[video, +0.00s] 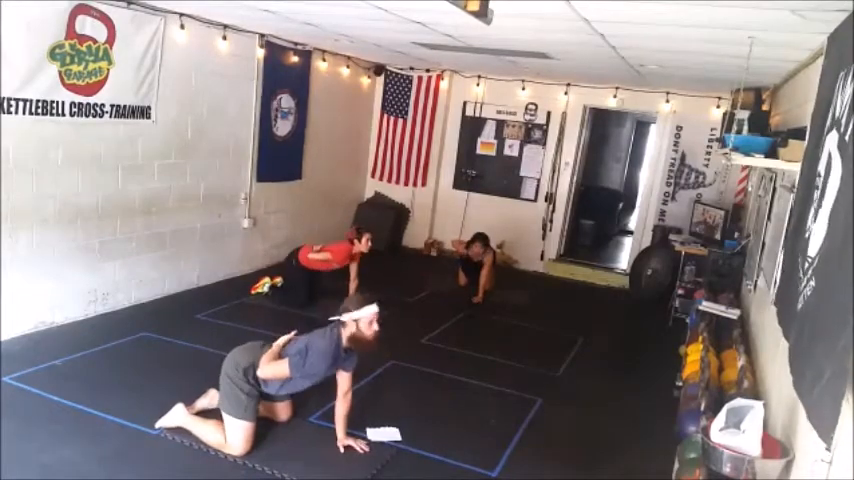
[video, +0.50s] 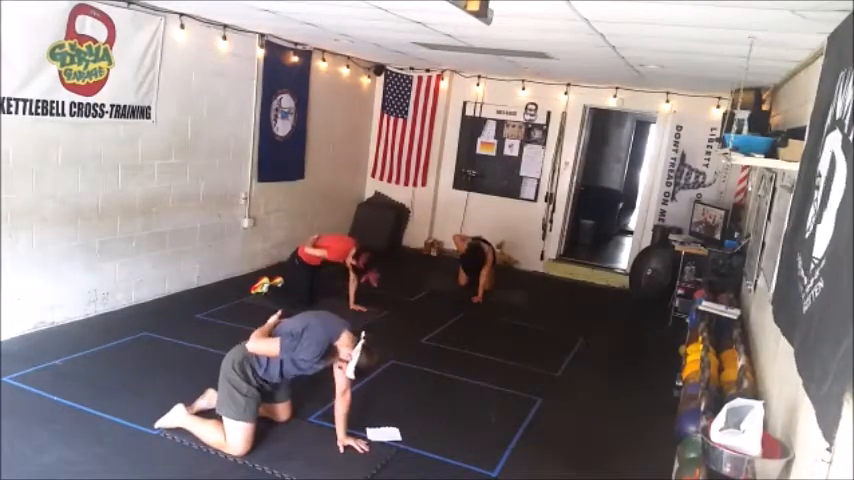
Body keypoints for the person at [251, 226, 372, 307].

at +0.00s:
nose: (370, 244)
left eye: (371, 241)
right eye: (367, 240)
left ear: (363, 242)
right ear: (357, 240)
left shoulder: (355, 254)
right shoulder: (344, 253)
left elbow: (354, 279)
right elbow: (312, 257)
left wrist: (350, 301)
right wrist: (313, 250)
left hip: (305, 259)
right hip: (297, 262)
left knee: (309, 298)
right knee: (300, 299)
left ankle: (279, 284)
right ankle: (271, 289)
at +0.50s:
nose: (351, 267)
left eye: (354, 267)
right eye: (353, 264)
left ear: (361, 256)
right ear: (356, 258)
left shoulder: (354, 251)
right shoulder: (337, 253)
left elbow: (353, 278)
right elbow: (305, 250)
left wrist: (352, 303)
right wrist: (312, 239)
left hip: (313, 263)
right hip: (301, 262)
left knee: (309, 300)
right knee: (301, 302)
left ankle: (278, 284)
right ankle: (269, 287)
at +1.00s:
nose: (369, 250)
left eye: (369, 247)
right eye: (366, 246)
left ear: (361, 247)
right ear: (357, 246)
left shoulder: (352, 257)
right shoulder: (342, 256)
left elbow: (353, 280)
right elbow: (310, 262)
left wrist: (351, 303)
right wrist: (315, 252)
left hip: (303, 254)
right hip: (296, 261)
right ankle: (270, 286)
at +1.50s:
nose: (346, 266)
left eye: (349, 266)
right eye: (348, 264)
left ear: (357, 256)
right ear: (351, 257)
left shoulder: (352, 249)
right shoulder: (335, 252)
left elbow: (352, 278)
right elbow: (304, 251)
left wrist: (352, 303)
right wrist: (310, 239)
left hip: (313, 262)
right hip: (299, 261)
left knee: (311, 295)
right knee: (299, 298)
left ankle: (281, 283)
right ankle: (269, 288)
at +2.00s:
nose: (368, 250)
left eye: (370, 248)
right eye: (366, 247)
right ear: (357, 245)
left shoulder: (353, 255)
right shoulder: (341, 257)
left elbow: (353, 278)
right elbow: (309, 262)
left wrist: (351, 300)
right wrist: (315, 252)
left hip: (306, 258)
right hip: (295, 261)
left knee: (312, 296)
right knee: (300, 299)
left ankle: (280, 283)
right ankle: (270, 288)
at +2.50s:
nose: (362, 257)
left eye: (365, 255)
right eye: (362, 252)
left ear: (364, 254)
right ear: (355, 247)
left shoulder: (348, 247)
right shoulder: (339, 252)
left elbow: (331, 244)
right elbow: (335, 282)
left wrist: (319, 244)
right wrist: (336, 309)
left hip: (308, 261)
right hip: (296, 262)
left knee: (311, 296)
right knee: (299, 301)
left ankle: (278, 282)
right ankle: (269, 287)